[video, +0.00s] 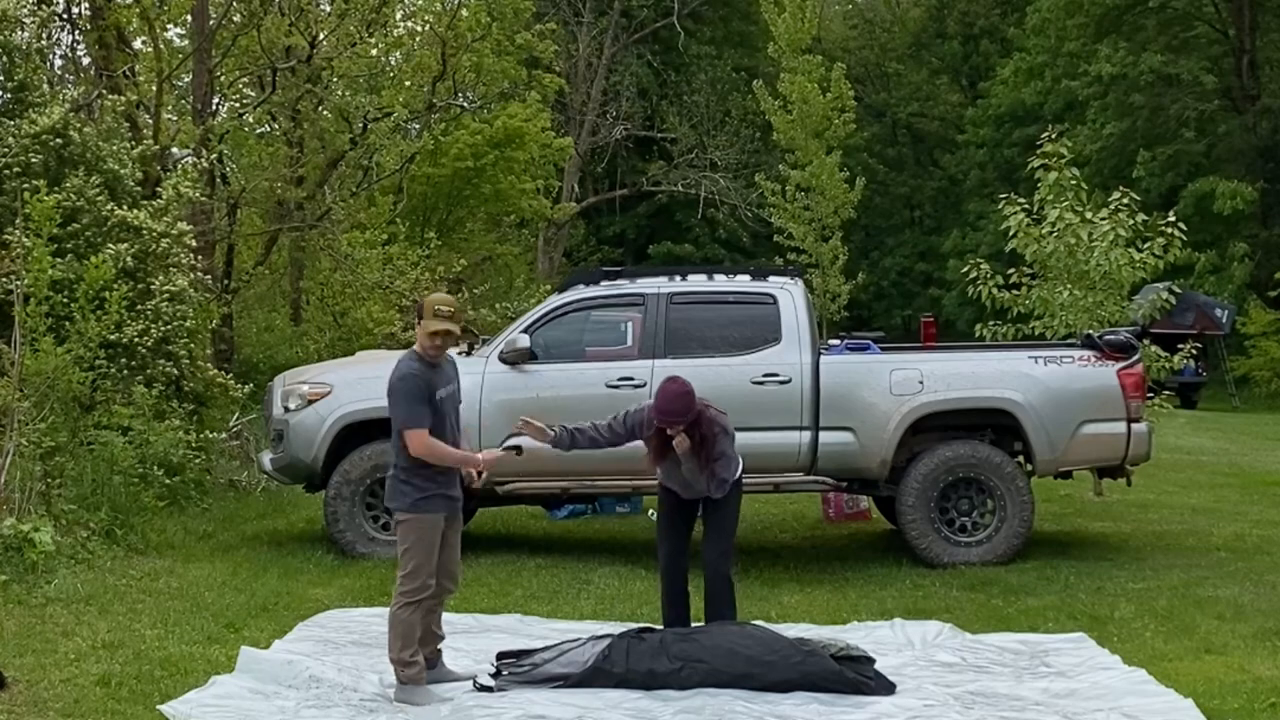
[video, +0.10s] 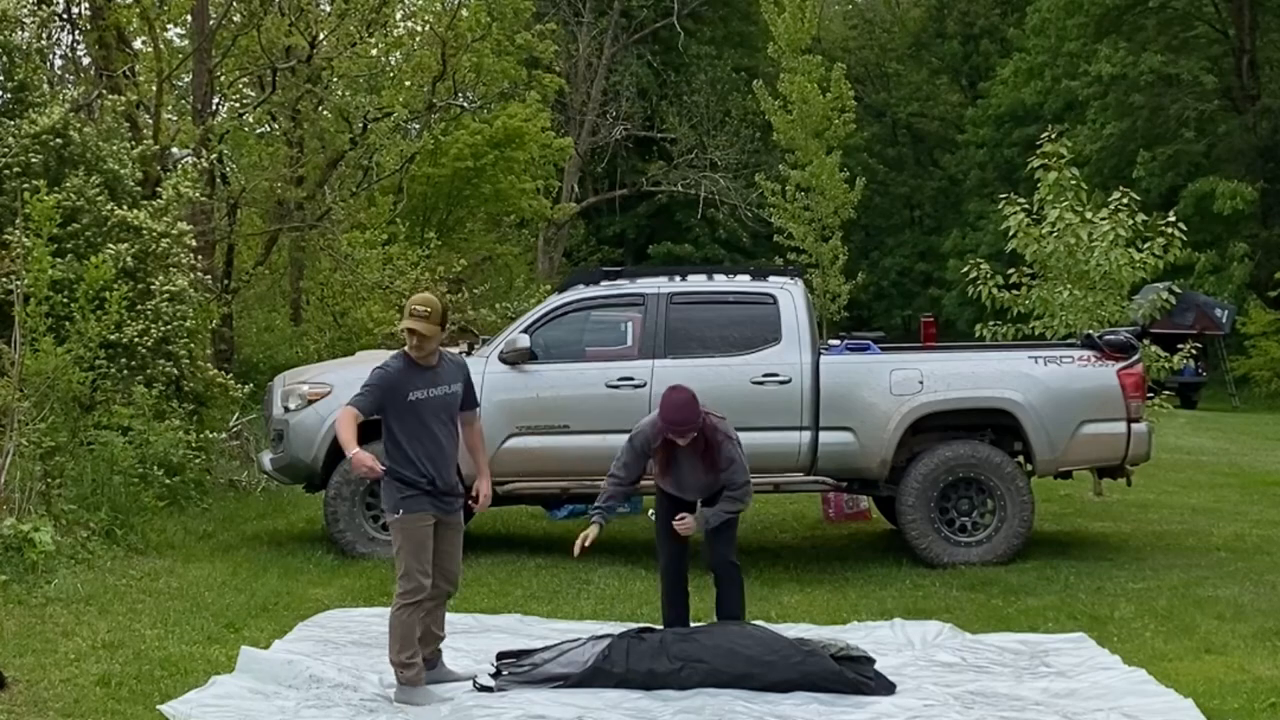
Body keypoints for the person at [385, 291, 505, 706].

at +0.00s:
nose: (439, 343)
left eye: (446, 337)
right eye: (433, 334)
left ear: (455, 335)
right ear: (418, 328)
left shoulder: (447, 367)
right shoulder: (407, 375)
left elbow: (448, 427)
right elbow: (417, 444)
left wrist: (464, 463)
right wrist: (470, 458)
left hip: (448, 496)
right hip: (416, 500)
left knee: (441, 584)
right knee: (414, 587)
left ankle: (429, 663)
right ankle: (407, 678)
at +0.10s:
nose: (414, 340)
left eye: (423, 334)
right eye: (409, 332)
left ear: (441, 333)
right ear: (403, 329)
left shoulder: (457, 368)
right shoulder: (390, 374)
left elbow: (470, 423)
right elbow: (346, 416)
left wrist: (483, 475)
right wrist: (353, 451)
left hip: (449, 493)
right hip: (407, 493)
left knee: (443, 583)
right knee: (413, 587)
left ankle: (430, 662)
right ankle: (407, 679)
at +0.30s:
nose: (432, 350)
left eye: (435, 343)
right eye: (425, 344)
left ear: (439, 337)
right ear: (404, 337)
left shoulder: (444, 364)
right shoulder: (377, 382)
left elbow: (462, 418)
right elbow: (346, 439)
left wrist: (476, 469)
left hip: (445, 493)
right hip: (404, 499)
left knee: (445, 584)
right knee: (407, 590)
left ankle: (429, 662)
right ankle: (404, 682)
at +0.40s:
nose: (452, 350)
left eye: (453, 343)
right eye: (448, 343)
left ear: (428, 340)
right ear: (425, 340)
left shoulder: (436, 368)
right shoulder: (392, 393)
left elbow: (445, 422)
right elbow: (403, 465)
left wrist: (465, 462)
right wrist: (434, 520)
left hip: (445, 493)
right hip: (408, 505)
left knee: (470, 567)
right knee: (408, 592)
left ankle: (438, 649)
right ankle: (405, 682)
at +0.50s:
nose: (478, 352)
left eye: (479, 345)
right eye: (475, 345)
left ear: (454, 338)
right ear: (454, 339)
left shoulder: (444, 372)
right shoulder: (423, 387)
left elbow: (445, 447)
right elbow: (434, 462)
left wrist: (460, 493)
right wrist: (476, 500)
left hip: (449, 496)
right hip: (420, 503)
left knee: (479, 565)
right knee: (415, 593)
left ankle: (471, 653)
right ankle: (407, 683)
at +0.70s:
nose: (536, 353)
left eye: (539, 346)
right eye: (536, 344)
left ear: (517, 334)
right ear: (516, 335)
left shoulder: (496, 372)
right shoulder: (483, 373)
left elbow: (489, 440)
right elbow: (474, 442)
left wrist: (503, 484)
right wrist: (478, 504)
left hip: (481, 498)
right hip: (453, 498)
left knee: (487, 581)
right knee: (439, 584)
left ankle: (486, 664)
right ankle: (413, 676)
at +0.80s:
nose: (541, 348)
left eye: (544, 342)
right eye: (541, 339)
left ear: (521, 330)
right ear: (522, 330)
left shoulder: (499, 366)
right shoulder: (493, 369)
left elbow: (503, 441)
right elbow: (507, 439)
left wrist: (520, 485)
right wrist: (535, 491)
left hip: (489, 494)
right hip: (470, 494)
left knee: (487, 581)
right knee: (458, 579)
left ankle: (487, 665)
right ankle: (422, 670)